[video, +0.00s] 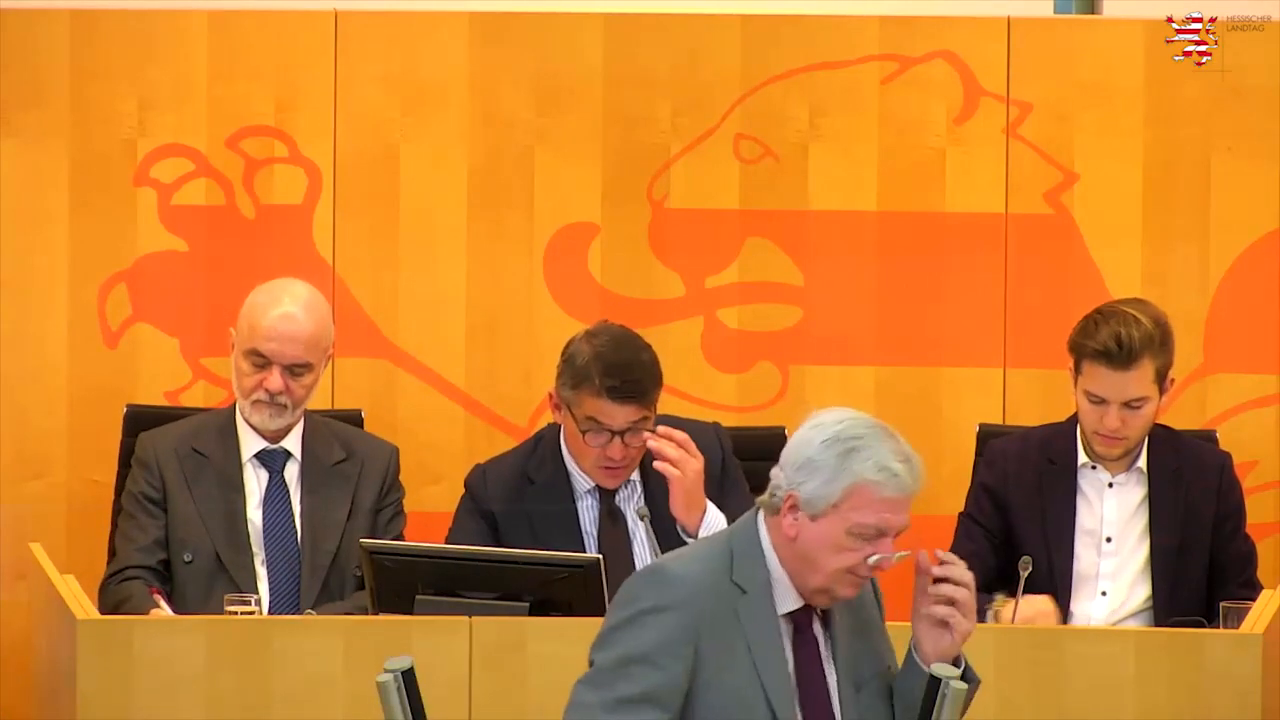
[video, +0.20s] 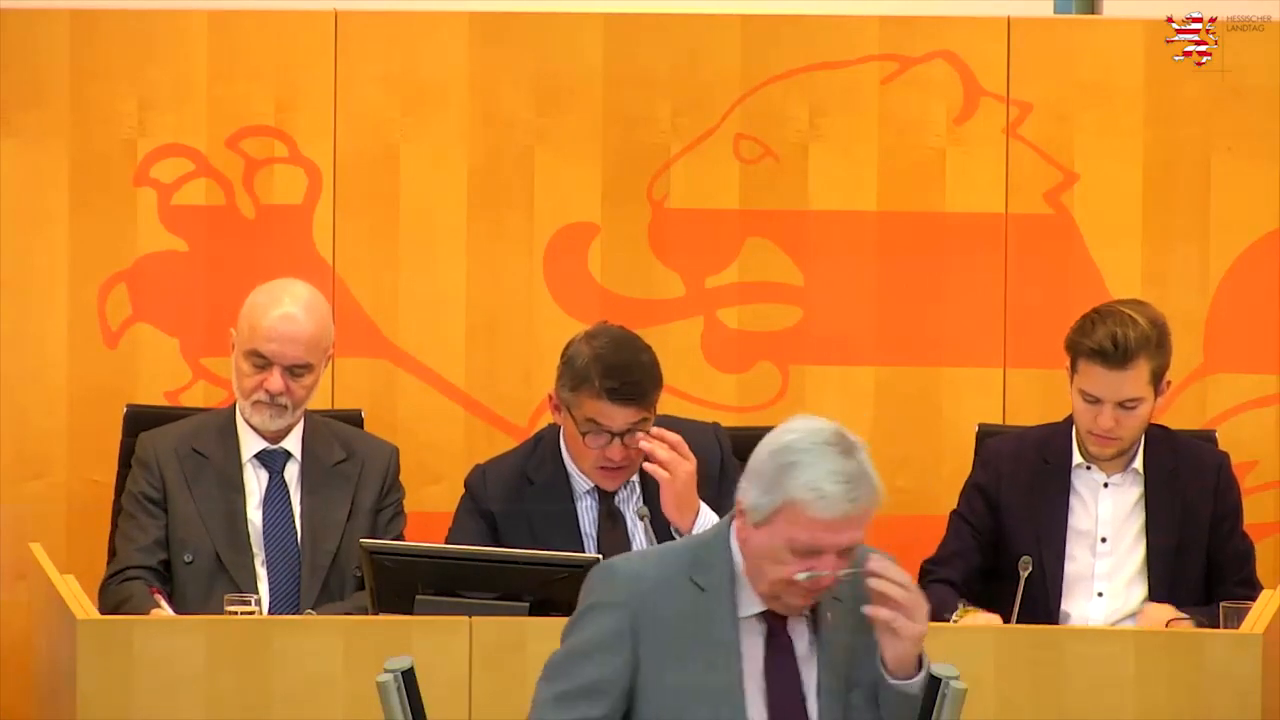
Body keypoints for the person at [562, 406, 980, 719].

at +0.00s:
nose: (883, 560)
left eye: (891, 537)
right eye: (865, 536)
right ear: (793, 514)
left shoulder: (855, 587)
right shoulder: (672, 596)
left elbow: (885, 709)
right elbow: (602, 712)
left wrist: (929, 663)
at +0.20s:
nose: (826, 575)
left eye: (845, 552)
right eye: (805, 553)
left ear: (861, 531)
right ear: (744, 519)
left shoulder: (870, 588)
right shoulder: (630, 592)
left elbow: (897, 717)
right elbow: (562, 712)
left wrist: (904, 672)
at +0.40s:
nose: (746, 587)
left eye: (768, 564)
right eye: (720, 564)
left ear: (796, 531)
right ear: (679, 533)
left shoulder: (860, 584)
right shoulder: (586, 597)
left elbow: (904, 714)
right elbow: (533, 716)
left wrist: (844, 678)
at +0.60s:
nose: (653, 610)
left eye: (676, 586)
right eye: (628, 588)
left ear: (712, 547)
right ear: (594, 555)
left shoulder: (800, 592)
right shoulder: (523, 616)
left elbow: (847, 714)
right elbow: (486, 716)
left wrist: (755, 691)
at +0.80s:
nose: (549, 612)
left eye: (572, 588)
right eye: (524, 590)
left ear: (614, 553)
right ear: (497, 566)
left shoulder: (713, 594)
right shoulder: (444, 611)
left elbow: (757, 713)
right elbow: (435, 712)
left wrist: (649, 704)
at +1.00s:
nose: (449, 617)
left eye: (474, 591)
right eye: (430, 591)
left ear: (530, 553)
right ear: (407, 577)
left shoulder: (646, 603)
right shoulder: (390, 617)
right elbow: (377, 714)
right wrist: (455, 715)